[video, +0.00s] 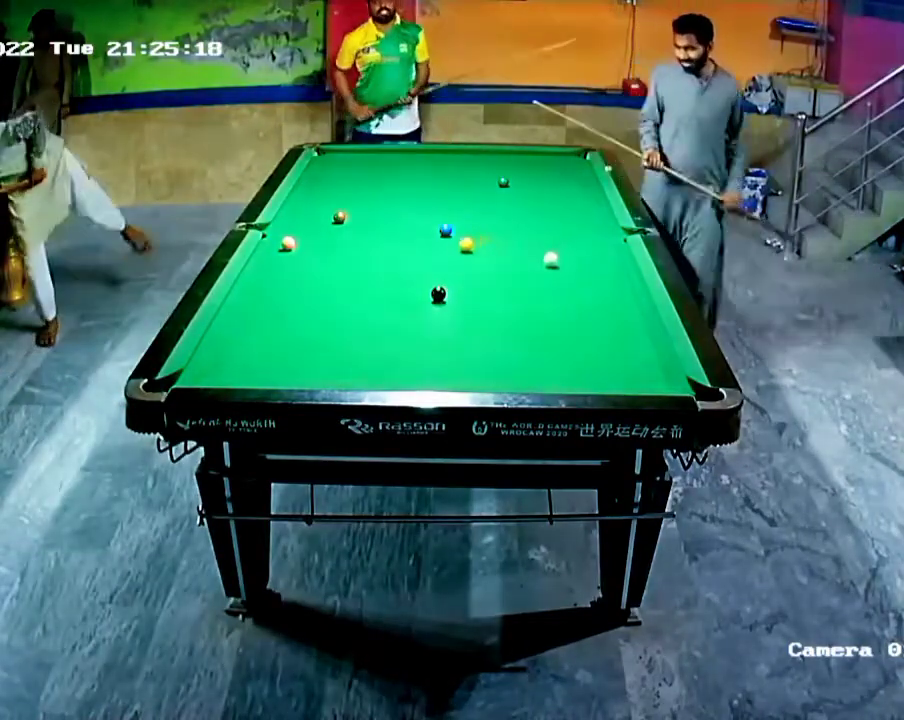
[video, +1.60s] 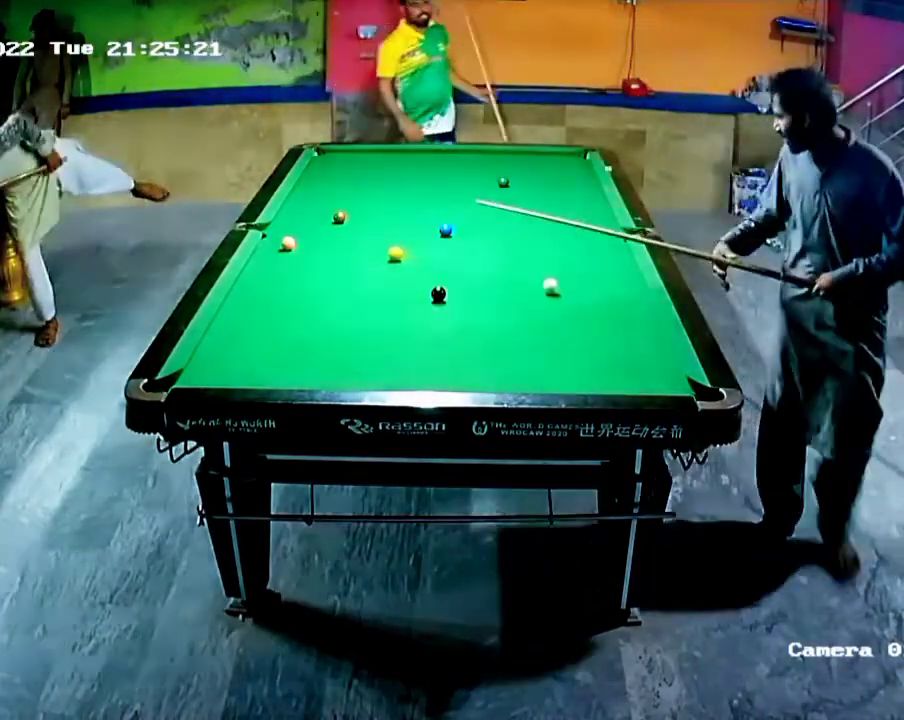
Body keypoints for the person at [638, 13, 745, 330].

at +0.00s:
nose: (683, 55)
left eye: (690, 48)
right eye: (678, 47)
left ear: (708, 46)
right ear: (673, 46)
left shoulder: (728, 85)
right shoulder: (662, 76)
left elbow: (738, 140)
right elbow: (648, 120)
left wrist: (734, 185)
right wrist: (651, 146)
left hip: (706, 195)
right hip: (661, 189)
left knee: (703, 279)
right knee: (650, 271)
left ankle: (697, 347)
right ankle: (644, 343)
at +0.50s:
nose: (707, 74)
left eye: (715, 66)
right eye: (705, 65)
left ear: (738, 66)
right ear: (702, 64)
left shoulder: (771, 108)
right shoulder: (695, 102)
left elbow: (789, 163)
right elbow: (680, 148)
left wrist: (765, 192)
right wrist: (663, 166)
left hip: (747, 222)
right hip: (700, 217)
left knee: (728, 305)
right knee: (710, 309)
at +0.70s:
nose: (725, 76)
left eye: (733, 69)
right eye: (721, 67)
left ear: (757, 68)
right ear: (720, 65)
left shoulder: (792, 111)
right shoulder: (708, 106)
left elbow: (810, 168)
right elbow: (691, 161)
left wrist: (791, 200)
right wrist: (684, 177)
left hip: (765, 239)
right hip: (713, 237)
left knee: (775, 338)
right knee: (713, 328)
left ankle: (750, 406)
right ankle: (711, 407)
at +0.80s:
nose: (730, 79)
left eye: (738, 72)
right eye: (727, 71)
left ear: (762, 70)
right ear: (724, 69)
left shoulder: (797, 114)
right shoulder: (714, 110)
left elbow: (822, 174)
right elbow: (695, 165)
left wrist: (799, 206)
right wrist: (690, 183)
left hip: (773, 249)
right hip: (718, 245)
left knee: (786, 343)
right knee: (713, 341)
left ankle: (768, 445)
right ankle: (702, 429)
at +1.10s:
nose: (774, 101)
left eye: (781, 92)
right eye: (771, 92)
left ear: (809, 90)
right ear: (771, 90)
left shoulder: (856, 143)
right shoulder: (766, 129)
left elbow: (886, 211)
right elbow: (748, 184)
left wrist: (840, 239)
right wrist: (744, 212)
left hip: (825, 283)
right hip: (768, 273)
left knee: (819, 385)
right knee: (748, 364)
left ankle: (792, 475)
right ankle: (716, 445)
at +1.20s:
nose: (778, 103)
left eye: (785, 95)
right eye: (775, 94)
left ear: (814, 93)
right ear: (779, 93)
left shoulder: (865, 149)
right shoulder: (774, 131)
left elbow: (889, 220)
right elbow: (757, 189)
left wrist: (844, 245)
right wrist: (747, 215)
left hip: (832, 291)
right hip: (774, 282)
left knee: (824, 391)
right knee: (756, 374)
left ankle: (791, 475)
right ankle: (750, 454)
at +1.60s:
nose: (777, 125)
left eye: (785, 116)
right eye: (775, 115)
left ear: (816, 115)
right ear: (796, 116)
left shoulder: (870, 170)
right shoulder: (789, 161)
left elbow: (903, 247)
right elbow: (774, 214)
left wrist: (850, 275)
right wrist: (733, 242)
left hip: (852, 328)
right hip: (796, 318)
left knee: (844, 440)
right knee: (782, 423)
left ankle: (834, 534)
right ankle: (778, 519)